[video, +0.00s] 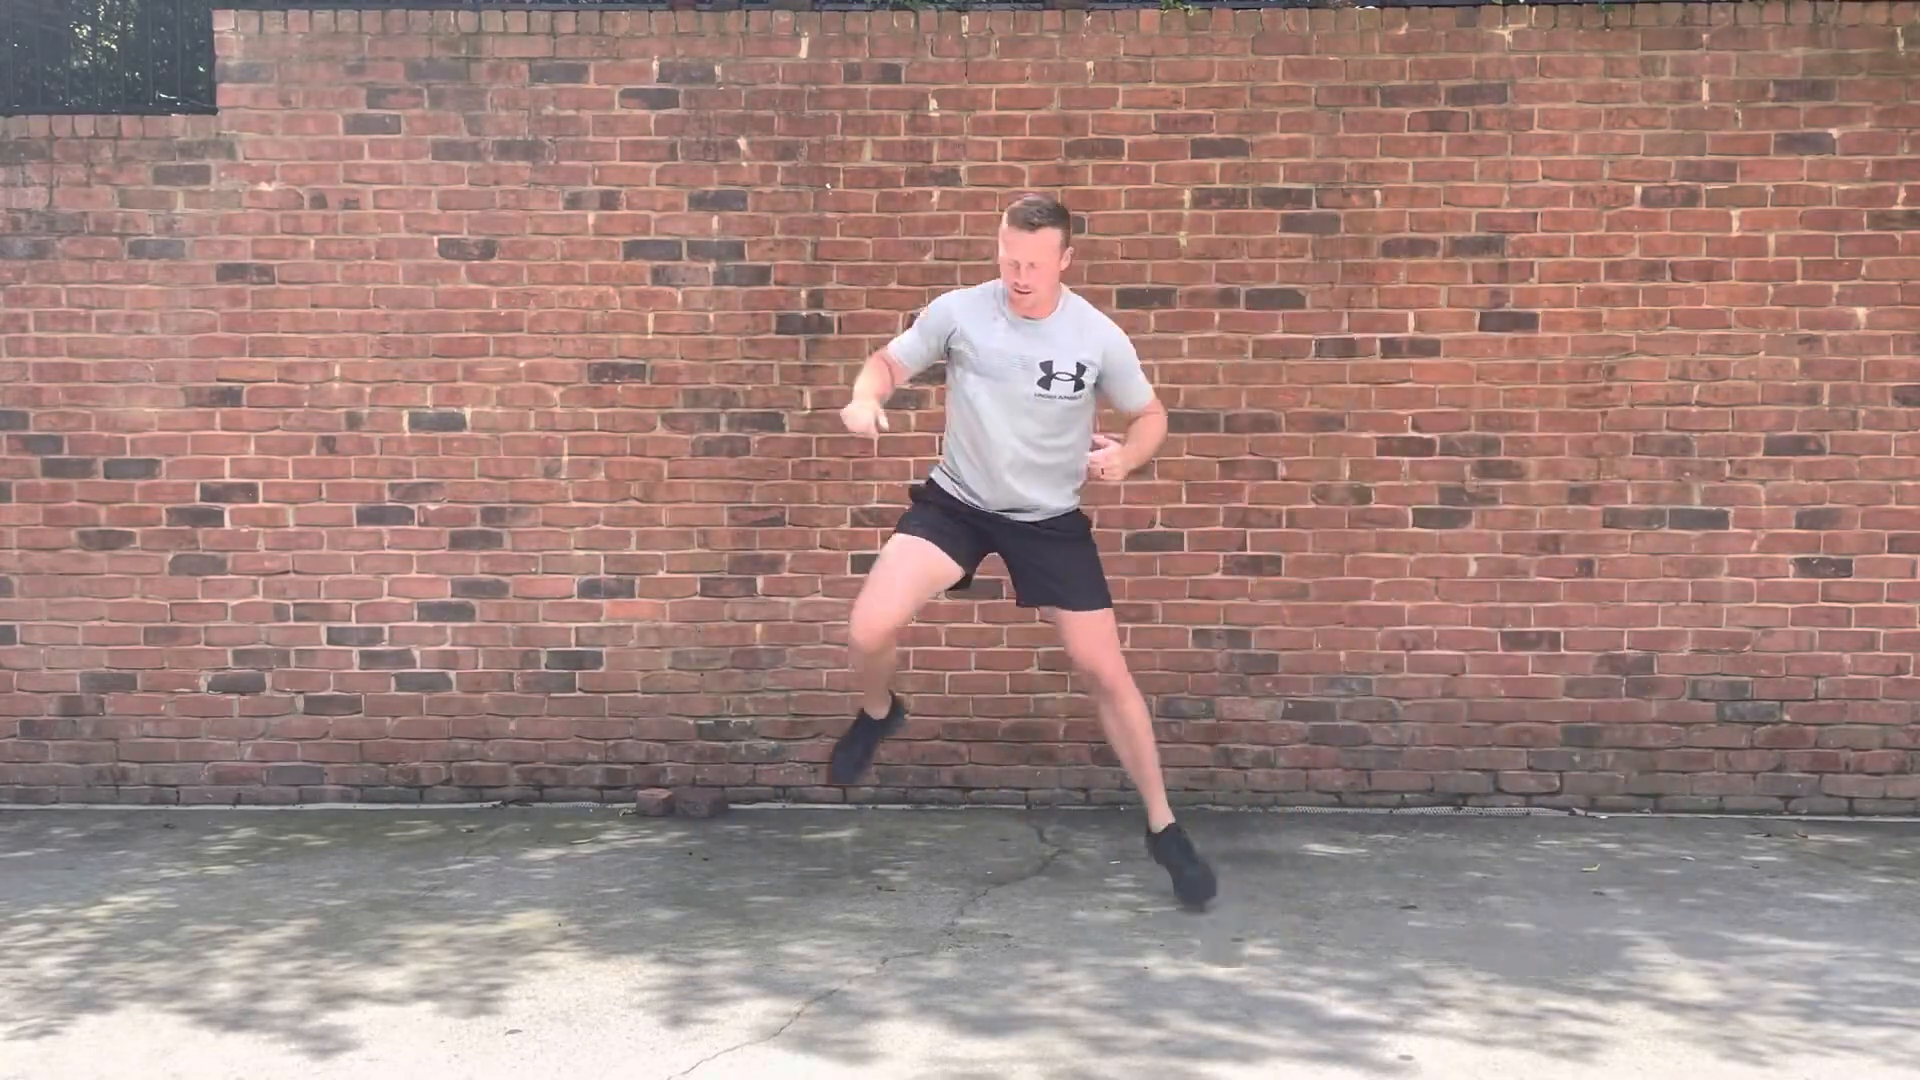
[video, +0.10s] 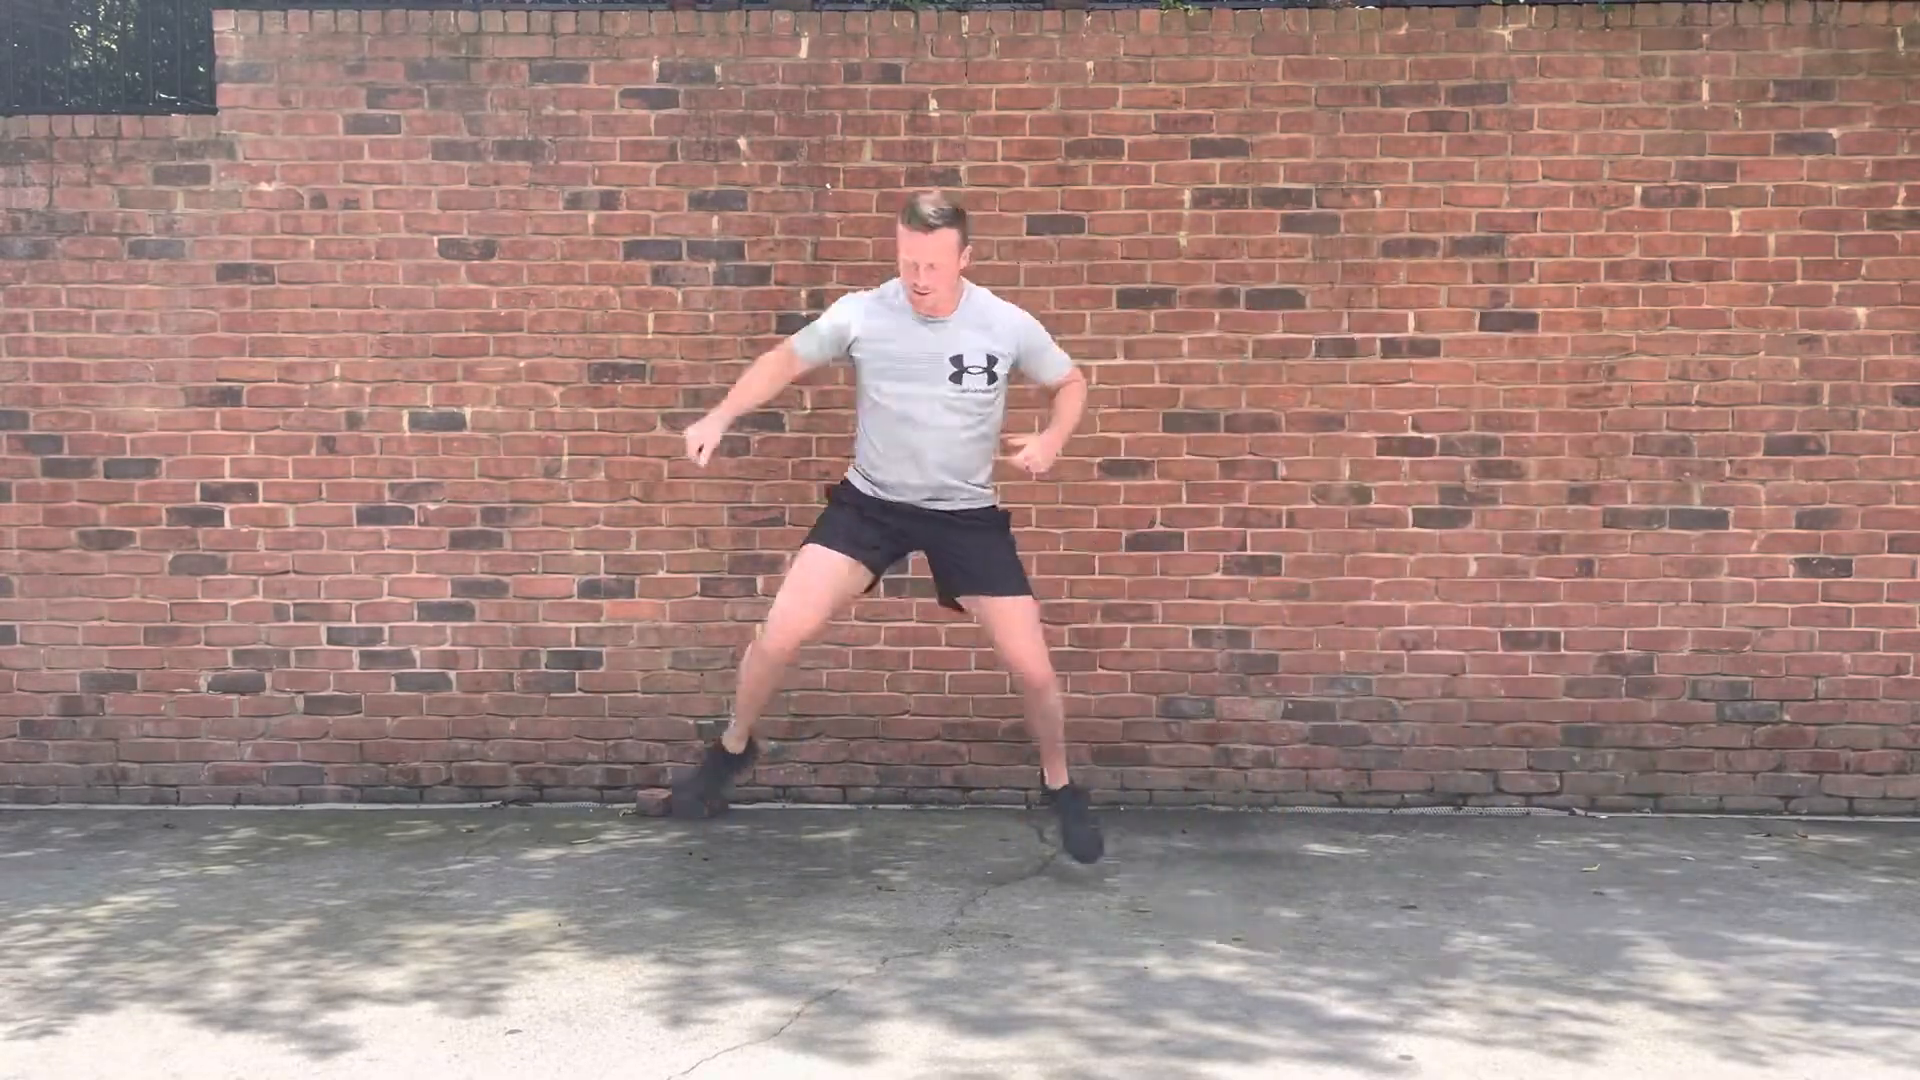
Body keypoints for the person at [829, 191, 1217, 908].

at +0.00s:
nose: (1017, 278)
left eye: (1032, 265)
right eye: (1009, 263)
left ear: (1063, 260)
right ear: (998, 252)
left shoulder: (1098, 338)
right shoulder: (958, 313)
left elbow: (1151, 418)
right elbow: (886, 367)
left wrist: (1127, 455)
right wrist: (866, 399)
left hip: (1050, 520)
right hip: (954, 503)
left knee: (1104, 668)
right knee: (867, 629)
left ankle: (1163, 825)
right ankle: (877, 714)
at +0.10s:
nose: (920, 277)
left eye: (934, 263)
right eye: (909, 262)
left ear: (963, 258)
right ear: (896, 255)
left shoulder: (1006, 326)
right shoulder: (861, 314)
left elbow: (1074, 384)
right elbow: (785, 362)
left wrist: (1052, 440)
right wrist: (719, 415)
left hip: (967, 515)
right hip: (869, 505)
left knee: (1036, 671)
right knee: (777, 637)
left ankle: (1062, 789)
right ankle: (730, 751)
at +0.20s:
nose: (817, 323)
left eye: (831, 309)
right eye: (807, 310)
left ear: (860, 300)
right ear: (794, 301)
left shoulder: (910, 354)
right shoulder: (766, 356)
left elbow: (974, 390)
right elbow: (699, 396)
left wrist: (950, 460)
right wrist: (622, 457)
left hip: (883, 546)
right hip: (786, 542)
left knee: (944, 702)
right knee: (700, 678)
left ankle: (932, 751)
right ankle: (615, 821)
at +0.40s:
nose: (642, 461)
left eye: (652, 445)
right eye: (629, 449)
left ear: (682, 424)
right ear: (615, 441)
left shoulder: (749, 471)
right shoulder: (617, 507)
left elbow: (824, 551)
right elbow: (567, 586)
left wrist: (751, 615)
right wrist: (491, 663)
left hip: (760, 641)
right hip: (670, 632)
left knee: (729, 798)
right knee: (599, 750)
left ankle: (681, 776)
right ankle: (568, 867)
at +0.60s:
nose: (669, 431)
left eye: (677, 415)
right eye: (655, 421)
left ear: (697, 401)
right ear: (634, 418)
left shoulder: (755, 432)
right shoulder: (616, 484)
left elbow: (882, 441)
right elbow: (556, 552)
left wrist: (821, 447)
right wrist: (539, 569)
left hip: (777, 610)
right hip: (679, 616)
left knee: (807, 747)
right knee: (600, 740)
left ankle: (740, 781)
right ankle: (568, 865)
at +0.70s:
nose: (772, 332)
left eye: (781, 315)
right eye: (755, 320)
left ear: (799, 300)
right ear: (732, 317)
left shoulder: (852, 343)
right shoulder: (705, 388)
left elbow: (972, 349)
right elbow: (626, 442)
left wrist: (929, 363)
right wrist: (599, 468)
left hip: (854, 538)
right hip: (757, 557)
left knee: (939, 650)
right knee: (692, 708)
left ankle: (856, 703)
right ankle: (617, 843)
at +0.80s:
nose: (849, 294)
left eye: (860, 276)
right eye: (833, 280)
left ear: (876, 264)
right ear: (807, 276)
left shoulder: (926, 320)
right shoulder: (777, 350)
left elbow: (1019, 380)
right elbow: (705, 421)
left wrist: (1026, 420)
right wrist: (650, 486)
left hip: (918, 512)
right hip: (826, 522)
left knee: (975, 650)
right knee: (799, 676)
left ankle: (886, 691)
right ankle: (800, 812)